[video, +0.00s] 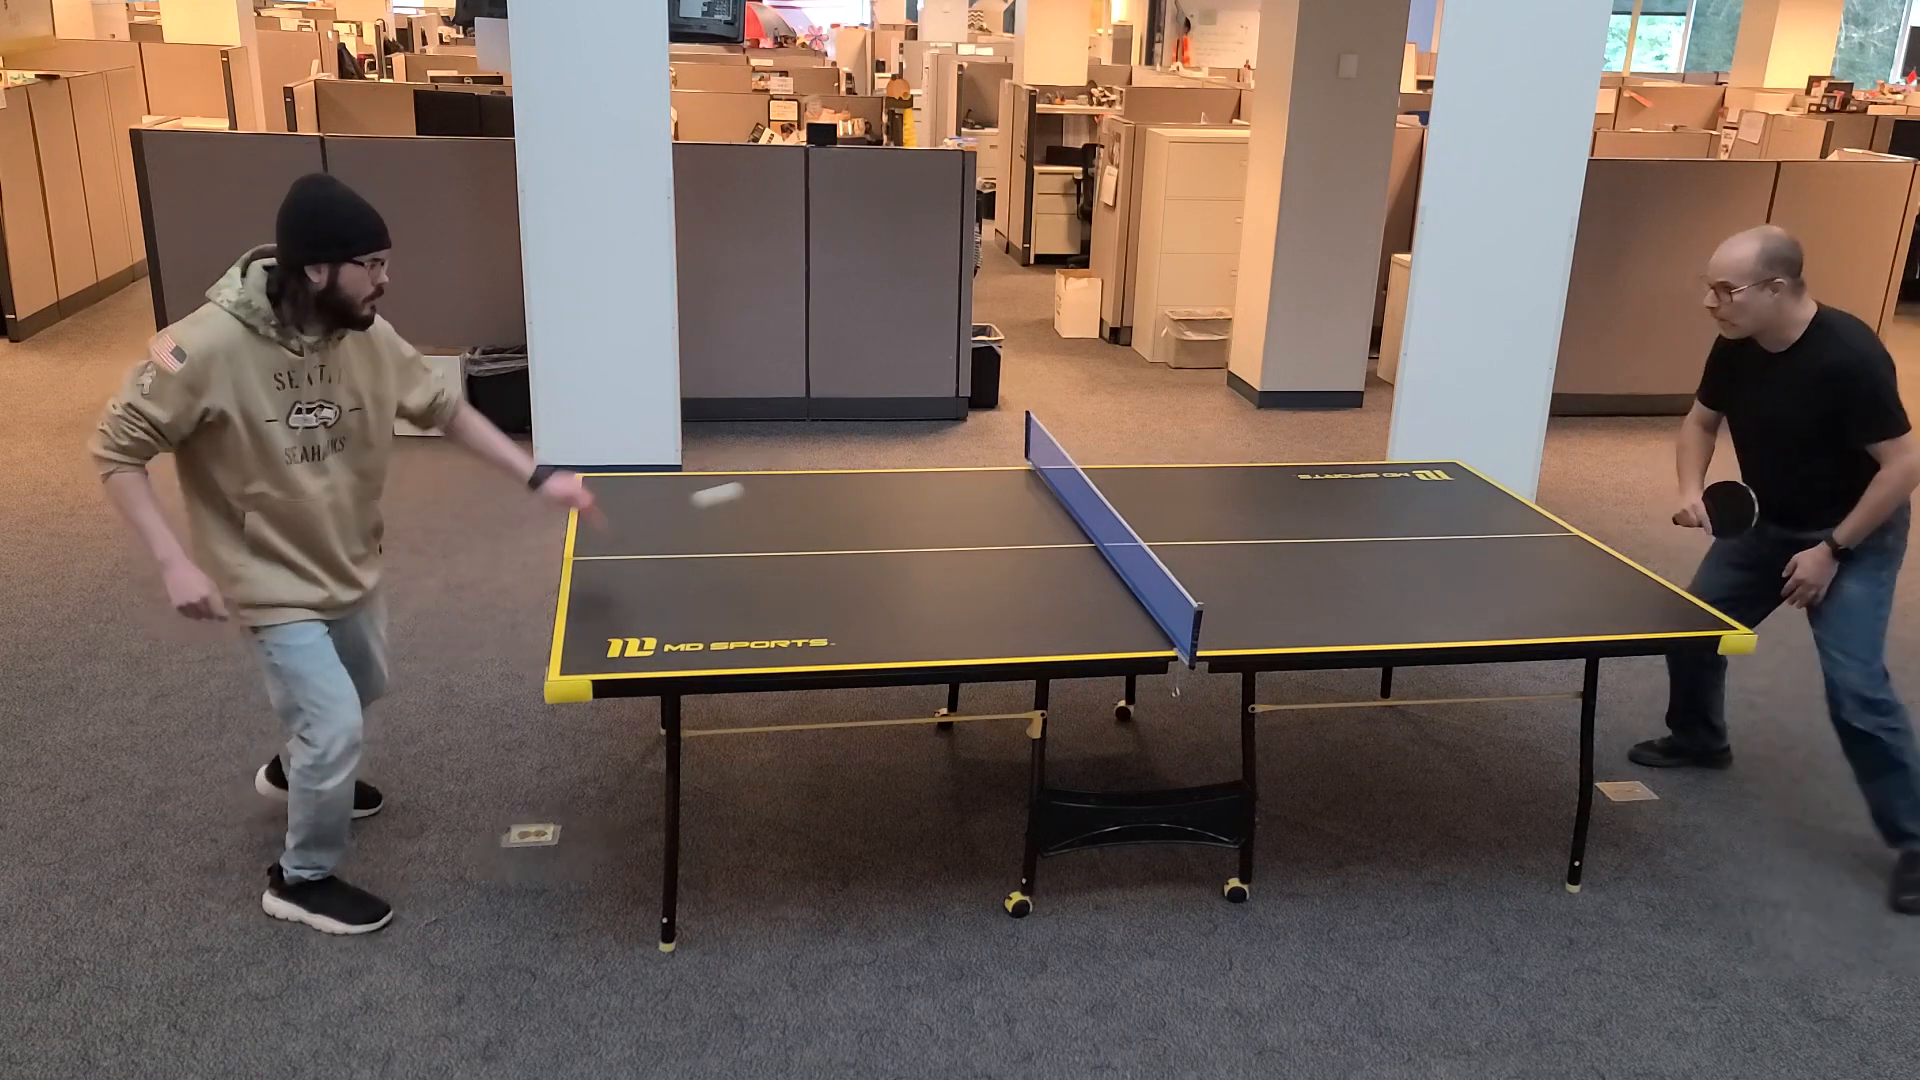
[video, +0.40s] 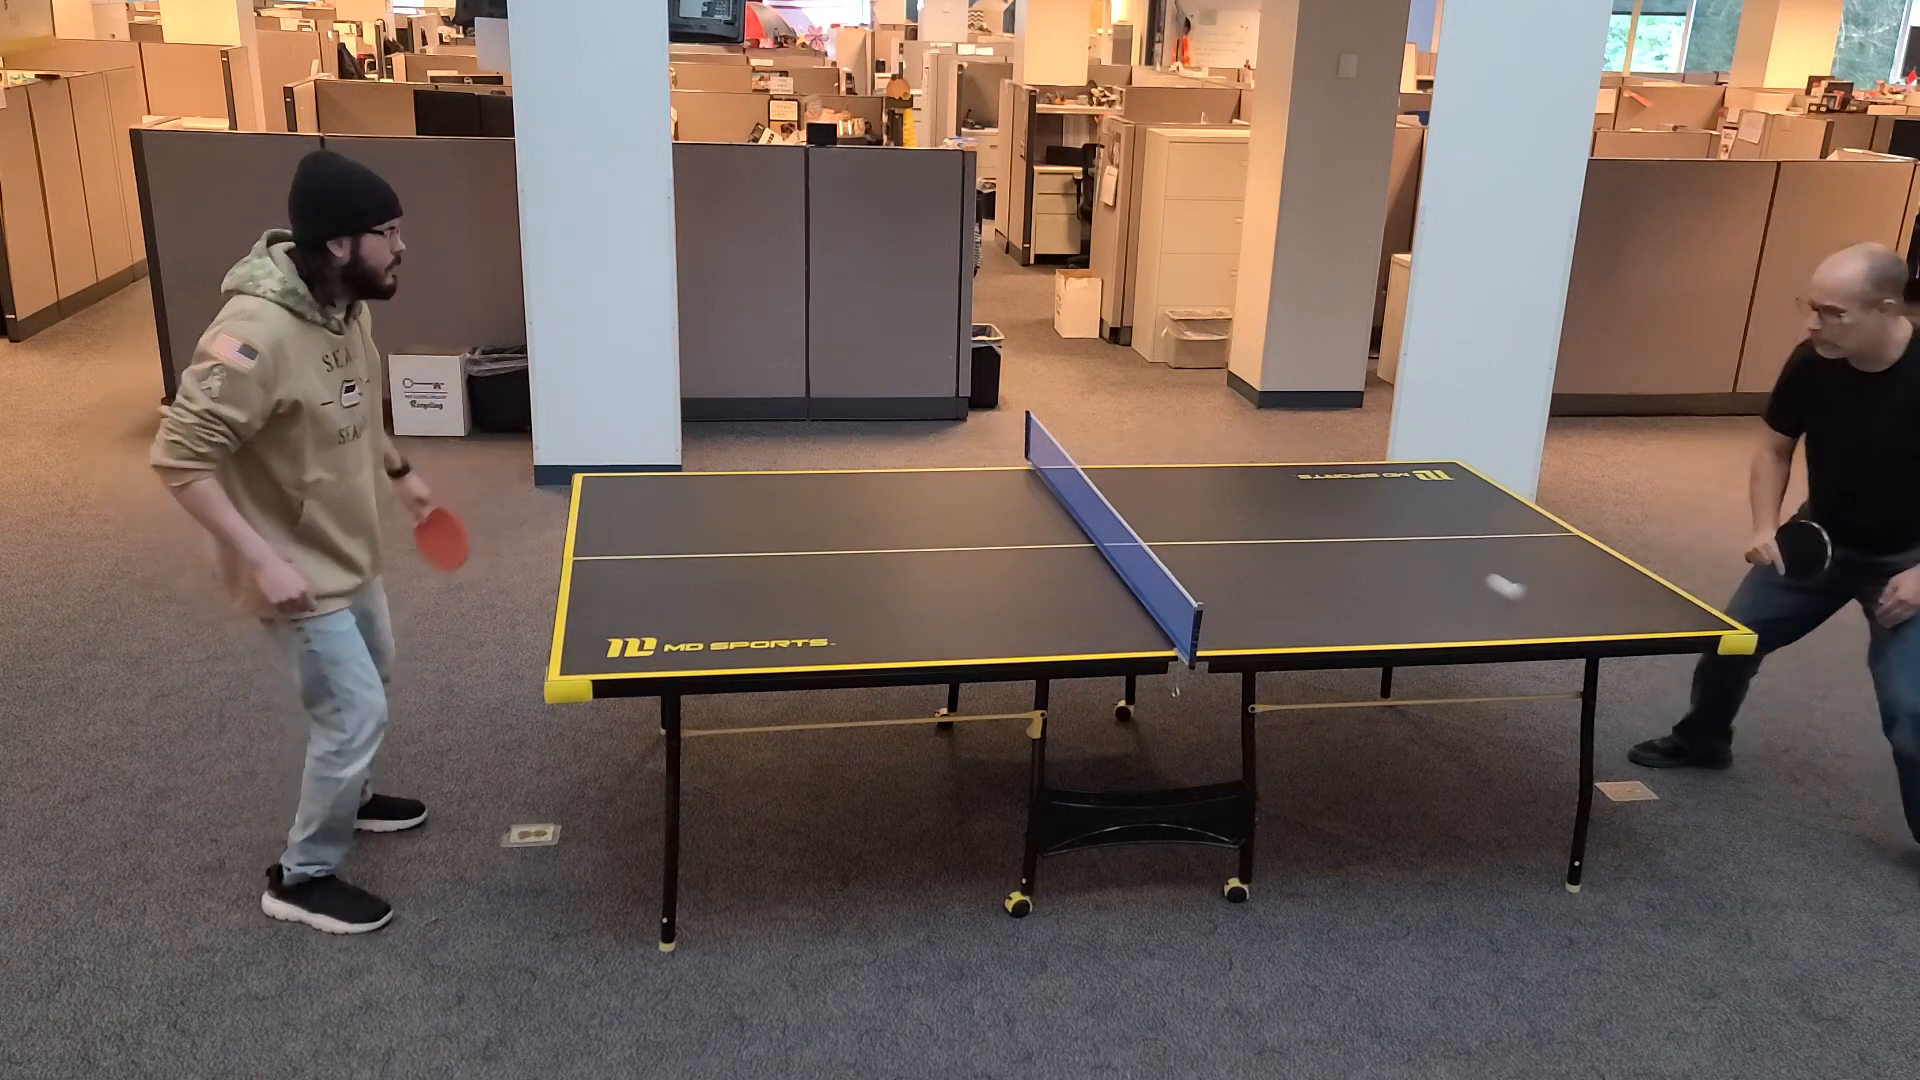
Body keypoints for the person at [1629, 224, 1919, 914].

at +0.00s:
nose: (1711, 300)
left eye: (1725, 289)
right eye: (1709, 287)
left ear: (1779, 289)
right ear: (1762, 288)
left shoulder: (1854, 355)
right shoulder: (1733, 346)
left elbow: (1903, 467)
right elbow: (1699, 425)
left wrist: (1831, 549)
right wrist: (1691, 488)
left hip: (1858, 536)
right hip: (1769, 523)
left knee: (1854, 687)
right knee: (1691, 624)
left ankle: (1912, 843)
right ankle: (1699, 739)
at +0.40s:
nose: (1812, 325)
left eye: (1829, 313)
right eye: (1810, 308)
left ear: (1885, 312)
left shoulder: (1919, 374)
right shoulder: (1812, 365)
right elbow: (1775, 447)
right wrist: (1764, 528)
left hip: (1907, 567)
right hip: (1826, 546)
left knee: (1910, 713)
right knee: (1736, 633)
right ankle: (1704, 739)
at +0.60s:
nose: (1859, 326)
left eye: (1878, 315)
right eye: (1857, 309)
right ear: (1855, 301)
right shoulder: (1841, 367)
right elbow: (1763, 435)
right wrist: (1704, 485)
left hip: (1917, 567)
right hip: (1846, 541)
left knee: (1919, 716)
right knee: (1757, 645)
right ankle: (1706, 742)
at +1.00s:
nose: (1787, 310)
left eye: (1805, 301)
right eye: (1789, 296)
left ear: (1866, 305)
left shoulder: (1910, 375)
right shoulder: (1781, 356)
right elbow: (1698, 404)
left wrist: (1918, 581)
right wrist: (1653, 431)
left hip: (1876, 552)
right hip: (1779, 527)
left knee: (1899, 705)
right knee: (1680, 615)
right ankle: (1611, 709)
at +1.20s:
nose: (1704, 301)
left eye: (1721, 291)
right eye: (1703, 288)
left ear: (1772, 294)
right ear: (1705, 284)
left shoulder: (1827, 357)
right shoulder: (1700, 347)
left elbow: (1879, 462)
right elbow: (1648, 421)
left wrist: (1828, 549)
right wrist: (1634, 469)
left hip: (1804, 527)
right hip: (1715, 514)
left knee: (1849, 670)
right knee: (1622, 597)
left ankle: (1905, 805)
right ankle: (1603, 706)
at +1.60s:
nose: (1643, 294)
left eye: (1656, 283)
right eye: (1641, 281)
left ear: (1704, 277)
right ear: (1645, 276)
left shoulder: (1766, 338)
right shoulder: (1653, 334)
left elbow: (1829, 435)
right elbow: (1600, 391)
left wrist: (1778, 519)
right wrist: (1558, 444)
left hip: (1766, 514)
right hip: (1681, 500)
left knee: (1815, 653)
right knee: (1598, 585)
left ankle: (1875, 773)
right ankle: (1581, 688)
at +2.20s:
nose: (1695, 283)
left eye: (1709, 271)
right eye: (1693, 270)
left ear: (1759, 270)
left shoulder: (1820, 333)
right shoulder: (1722, 329)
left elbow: (1851, 449)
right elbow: (1694, 404)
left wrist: (1740, 471)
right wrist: (1661, 437)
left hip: (1833, 508)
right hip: (1756, 500)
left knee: (1837, 657)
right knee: (1656, 595)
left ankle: (1882, 790)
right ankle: (1596, 695)